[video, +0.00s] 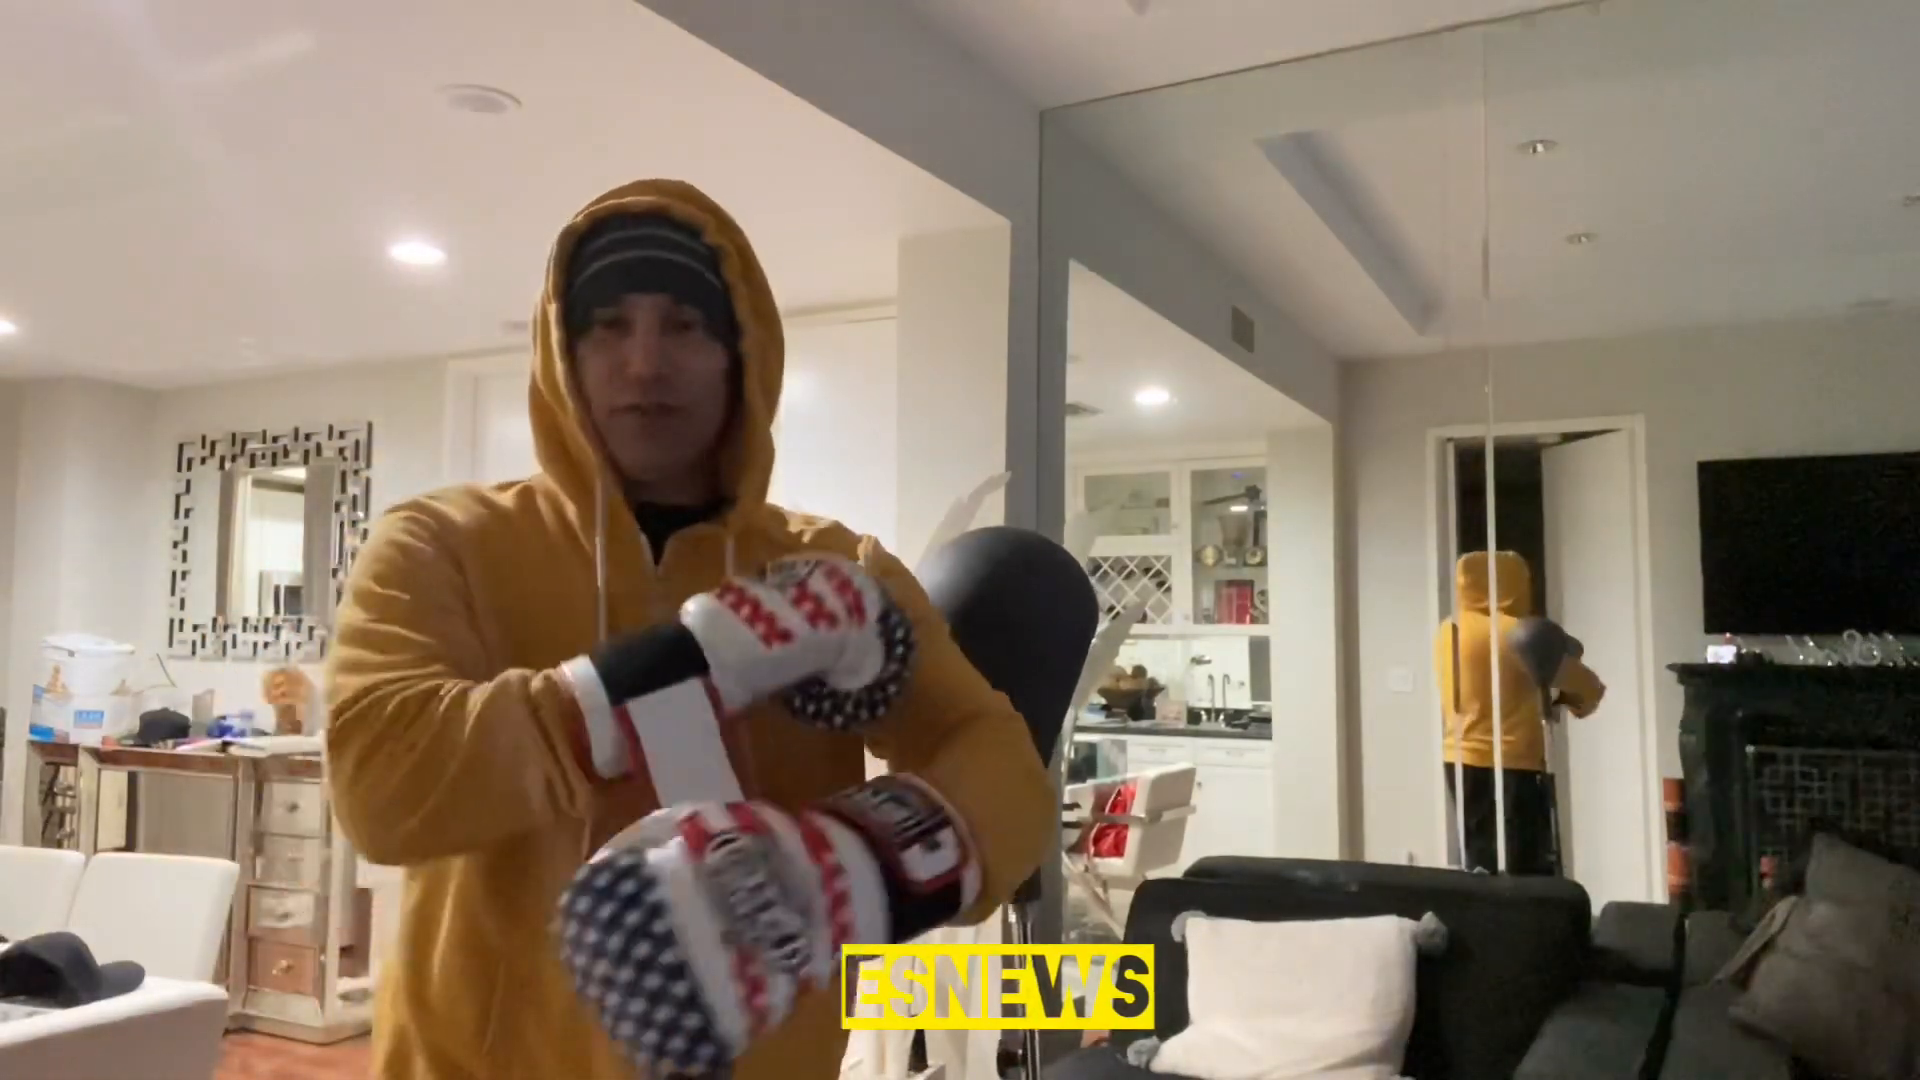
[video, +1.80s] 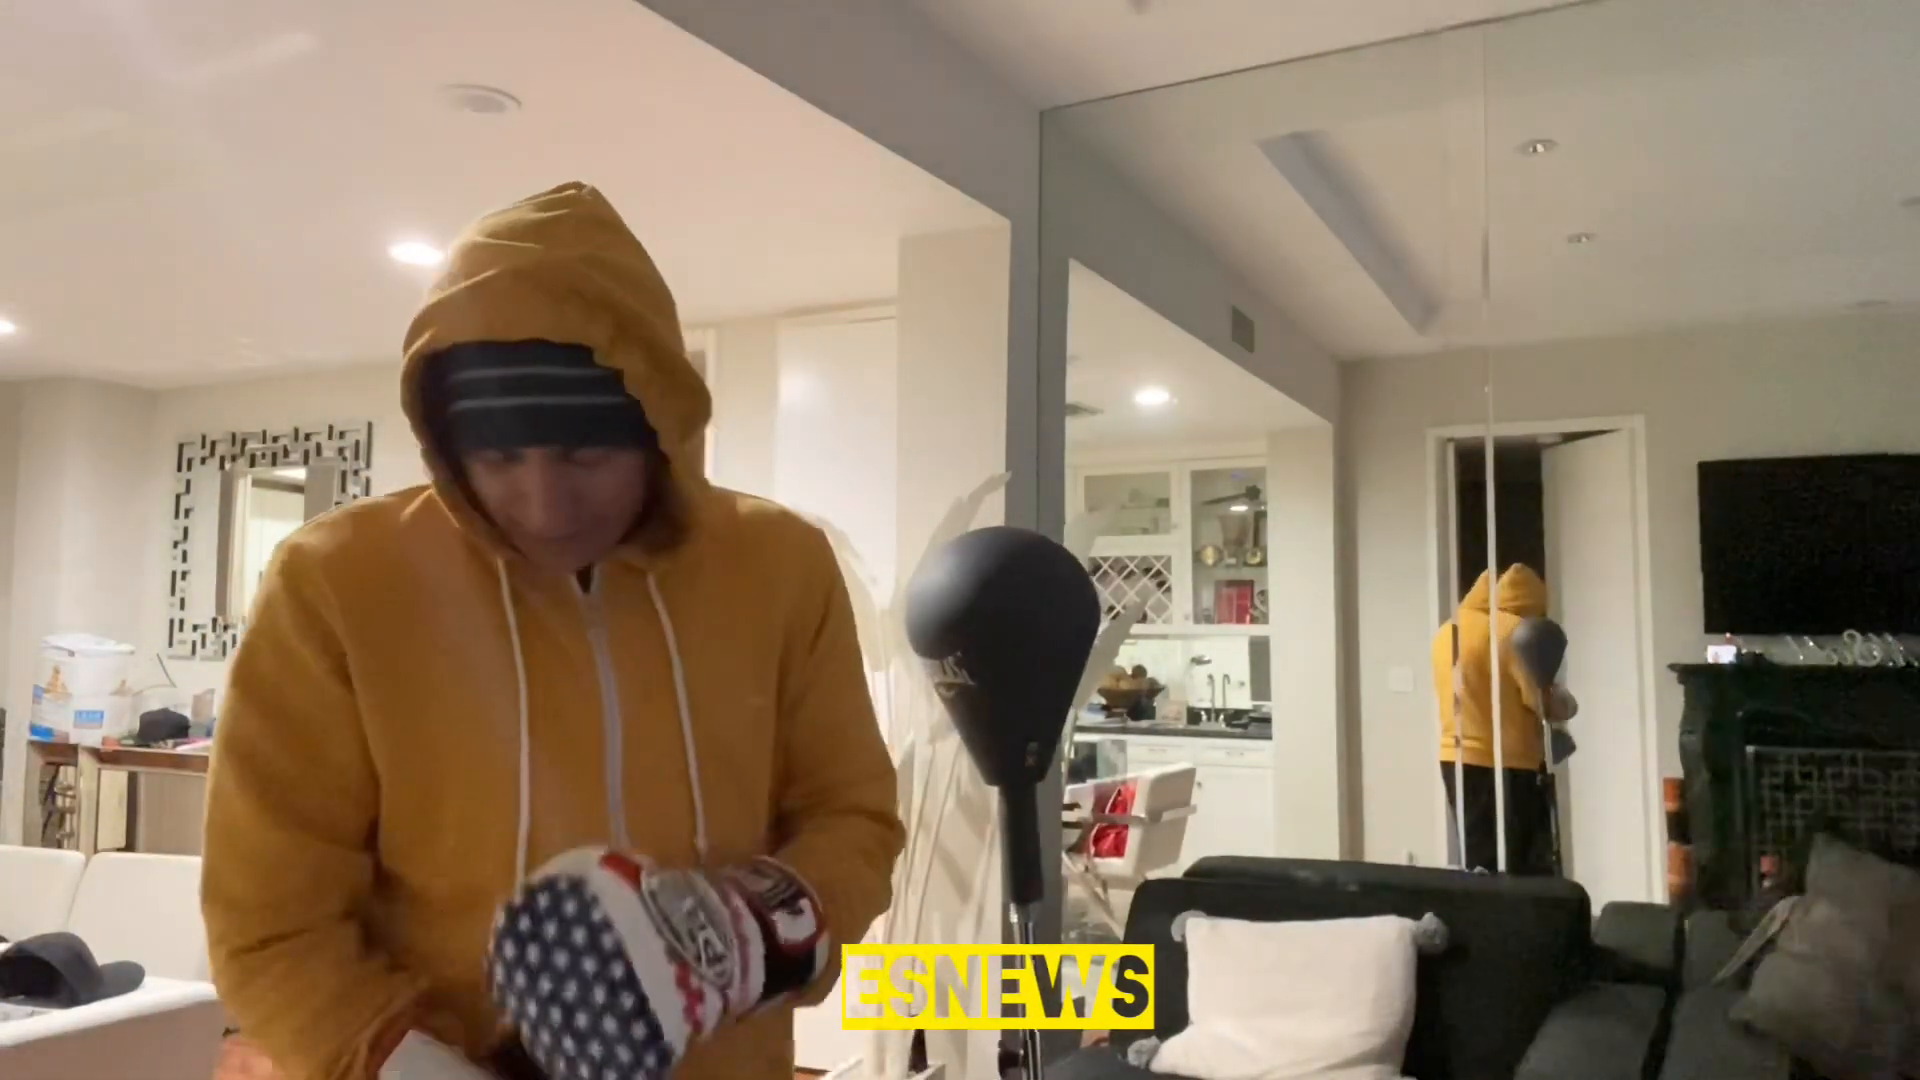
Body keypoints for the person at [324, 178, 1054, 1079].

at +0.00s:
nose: (645, 365)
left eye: (685, 325)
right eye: (611, 325)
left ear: (739, 360)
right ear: (565, 358)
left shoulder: (836, 574)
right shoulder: (439, 548)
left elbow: (1004, 773)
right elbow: (386, 790)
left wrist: (856, 861)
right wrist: (689, 657)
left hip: (768, 1060)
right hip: (484, 1052)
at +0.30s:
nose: (646, 429)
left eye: (685, 390)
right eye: (609, 390)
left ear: (745, 408)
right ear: (564, 411)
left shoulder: (846, 593)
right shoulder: (453, 552)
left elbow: (1004, 812)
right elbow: (341, 778)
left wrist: (816, 898)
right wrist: (610, 763)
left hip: (756, 1061)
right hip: (483, 1054)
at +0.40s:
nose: (644, 438)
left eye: (684, 397)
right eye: (609, 397)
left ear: (744, 411)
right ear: (564, 413)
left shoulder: (845, 602)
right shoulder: (447, 560)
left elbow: (977, 820)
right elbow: (324, 808)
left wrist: (848, 917)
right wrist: (588, 838)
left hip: (759, 1066)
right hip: (486, 1059)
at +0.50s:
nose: (642, 458)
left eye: (683, 415)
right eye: (606, 415)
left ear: (743, 422)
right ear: (559, 422)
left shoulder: (839, 604)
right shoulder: (441, 569)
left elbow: (929, 837)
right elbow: (343, 839)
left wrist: (869, 1010)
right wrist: (586, 908)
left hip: (759, 1066)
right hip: (481, 1059)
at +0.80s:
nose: (678, 498)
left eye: (714, 455)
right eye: (642, 452)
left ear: (758, 450)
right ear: (574, 434)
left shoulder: (817, 600)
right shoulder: (425, 569)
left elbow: (872, 820)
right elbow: (331, 866)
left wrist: (932, 906)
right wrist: (542, 1011)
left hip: (748, 1061)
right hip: (482, 1063)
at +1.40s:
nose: (623, 500)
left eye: (660, 451)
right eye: (580, 454)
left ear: (706, 435)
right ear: (512, 440)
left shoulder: (788, 574)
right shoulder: (375, 580)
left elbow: (865, 801)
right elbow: (304, 915)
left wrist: (828, 896)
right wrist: (519, 1051)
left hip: (739, 1059)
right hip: (494, 1062)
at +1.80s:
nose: (544, 506)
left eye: (586, 453)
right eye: (501, 457)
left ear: (659, 432)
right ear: (449, 445)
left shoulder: (779, 570)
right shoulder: (334, 588)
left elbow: (855, 819)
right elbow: (273, 929)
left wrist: (759, 918)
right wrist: (413, 1060)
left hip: (721, 1067)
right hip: (448, 1065)